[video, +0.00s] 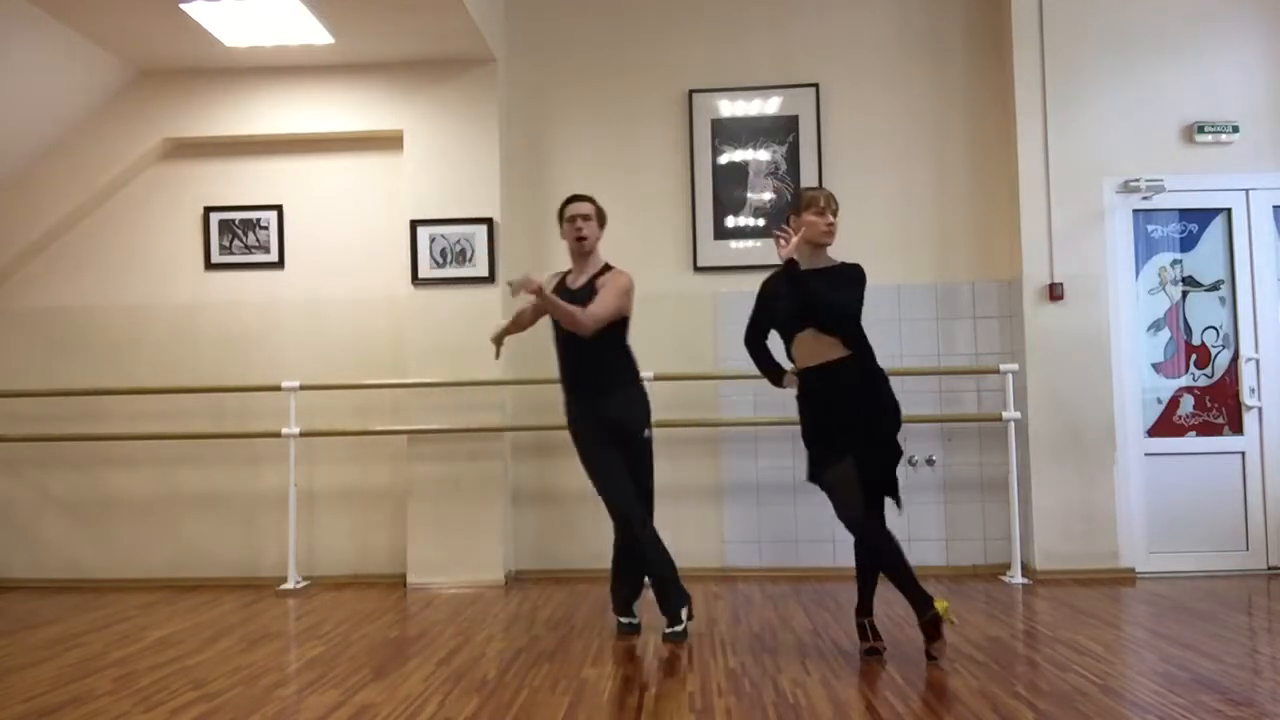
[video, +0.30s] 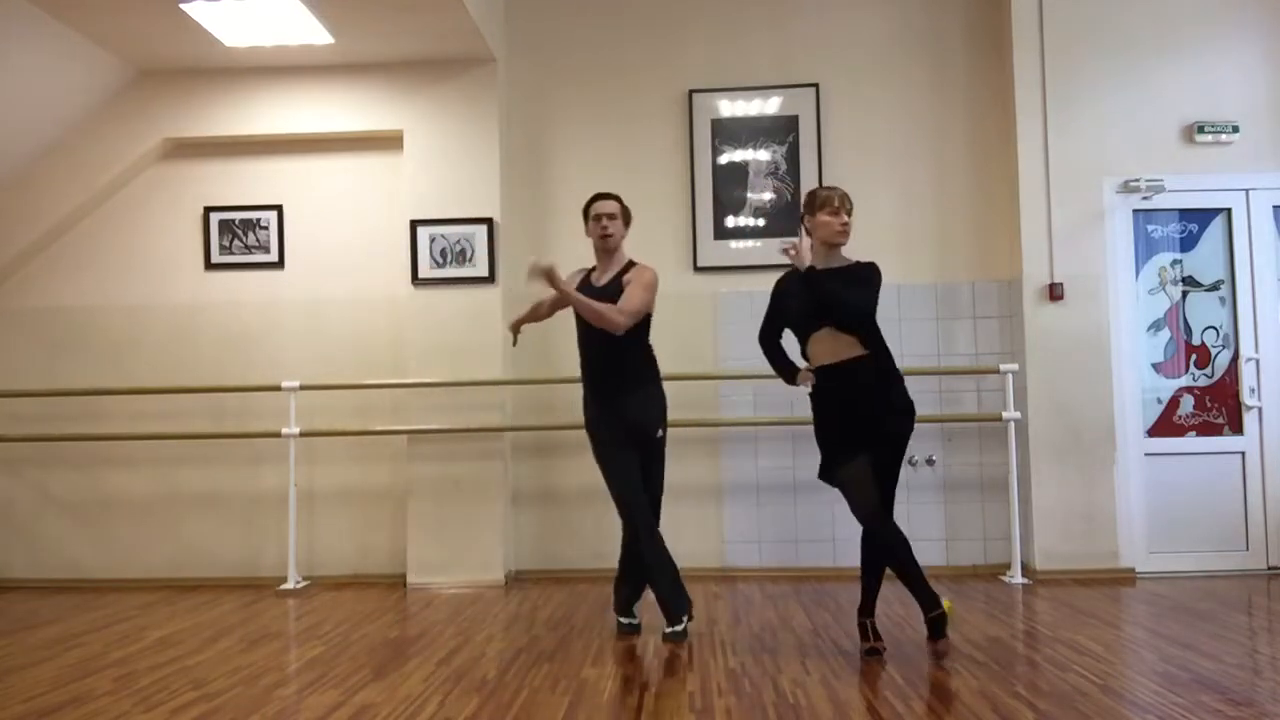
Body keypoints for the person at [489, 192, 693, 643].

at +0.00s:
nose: (579, 227)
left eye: (586, 220)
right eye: (571, 221)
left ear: (601, 229)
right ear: (561, 231)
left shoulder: (618, 281)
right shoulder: (556, 285)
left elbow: (585, 323)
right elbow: (527, 319)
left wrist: (542, 295)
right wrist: (503, 332)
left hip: (627, 407)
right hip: (584, 414)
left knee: (633, 510)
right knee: (627, 511)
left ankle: (624, 603)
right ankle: (677, 604)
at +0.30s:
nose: (604, 225)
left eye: (612, 218)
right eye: (597, 219)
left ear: (626, 226)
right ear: (587, 229)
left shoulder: (643, 276)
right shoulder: (578, 281)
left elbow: (620, 321)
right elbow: (548, 308)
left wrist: (563, 290)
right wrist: (520, 320)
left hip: (644, 406)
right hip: (600, 410)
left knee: (643, 511)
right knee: (635, 512)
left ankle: (626, 602)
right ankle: (678, 607)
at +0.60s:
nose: (618, 229)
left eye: (625, 223)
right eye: (610, 223)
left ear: (638, 231)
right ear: (599, 232)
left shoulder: (650, 283)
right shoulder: (591, 282)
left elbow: (660, 350)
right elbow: (558, 297)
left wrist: (605, 330)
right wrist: (541, 300)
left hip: (648, 410)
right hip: (602, 407)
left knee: (638, 512)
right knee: (591, 489)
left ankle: (626, 606)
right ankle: (666, 523)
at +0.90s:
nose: (601, 231)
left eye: (609, 223)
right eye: (600, 224)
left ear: (635, 228)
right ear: (605, 230)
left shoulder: (666, 270)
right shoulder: (597, 284)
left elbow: (706, 309)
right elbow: (537, 309)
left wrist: (673, 336)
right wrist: (476, 322)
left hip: (644, 398)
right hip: (599, 391)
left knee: (636, 506)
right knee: (543, 461)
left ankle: (627, 606)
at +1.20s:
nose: (600, 231)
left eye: (608, 224)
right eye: (598, 224)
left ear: (634, 227)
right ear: (609, 231)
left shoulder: (668, 268)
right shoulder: (596, 287)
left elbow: (699, 308)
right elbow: (580, 335)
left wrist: (677, 339)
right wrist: (562, 340)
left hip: (647, 393)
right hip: (603, 390)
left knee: (639, 502)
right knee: (556, 479)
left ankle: (628, 603)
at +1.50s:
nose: (617, 228)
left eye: (623, 221)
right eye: (609, 222)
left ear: (637, 228)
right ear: (599, 232)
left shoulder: (660, 275)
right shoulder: (586, 284)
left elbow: (679, 312)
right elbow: (599, 332)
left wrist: (670, 350)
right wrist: (653, 300)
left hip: (648, 400)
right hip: (602, 400)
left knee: (644, 508)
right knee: (591, 495)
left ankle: (629, 604)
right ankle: (655, 458)